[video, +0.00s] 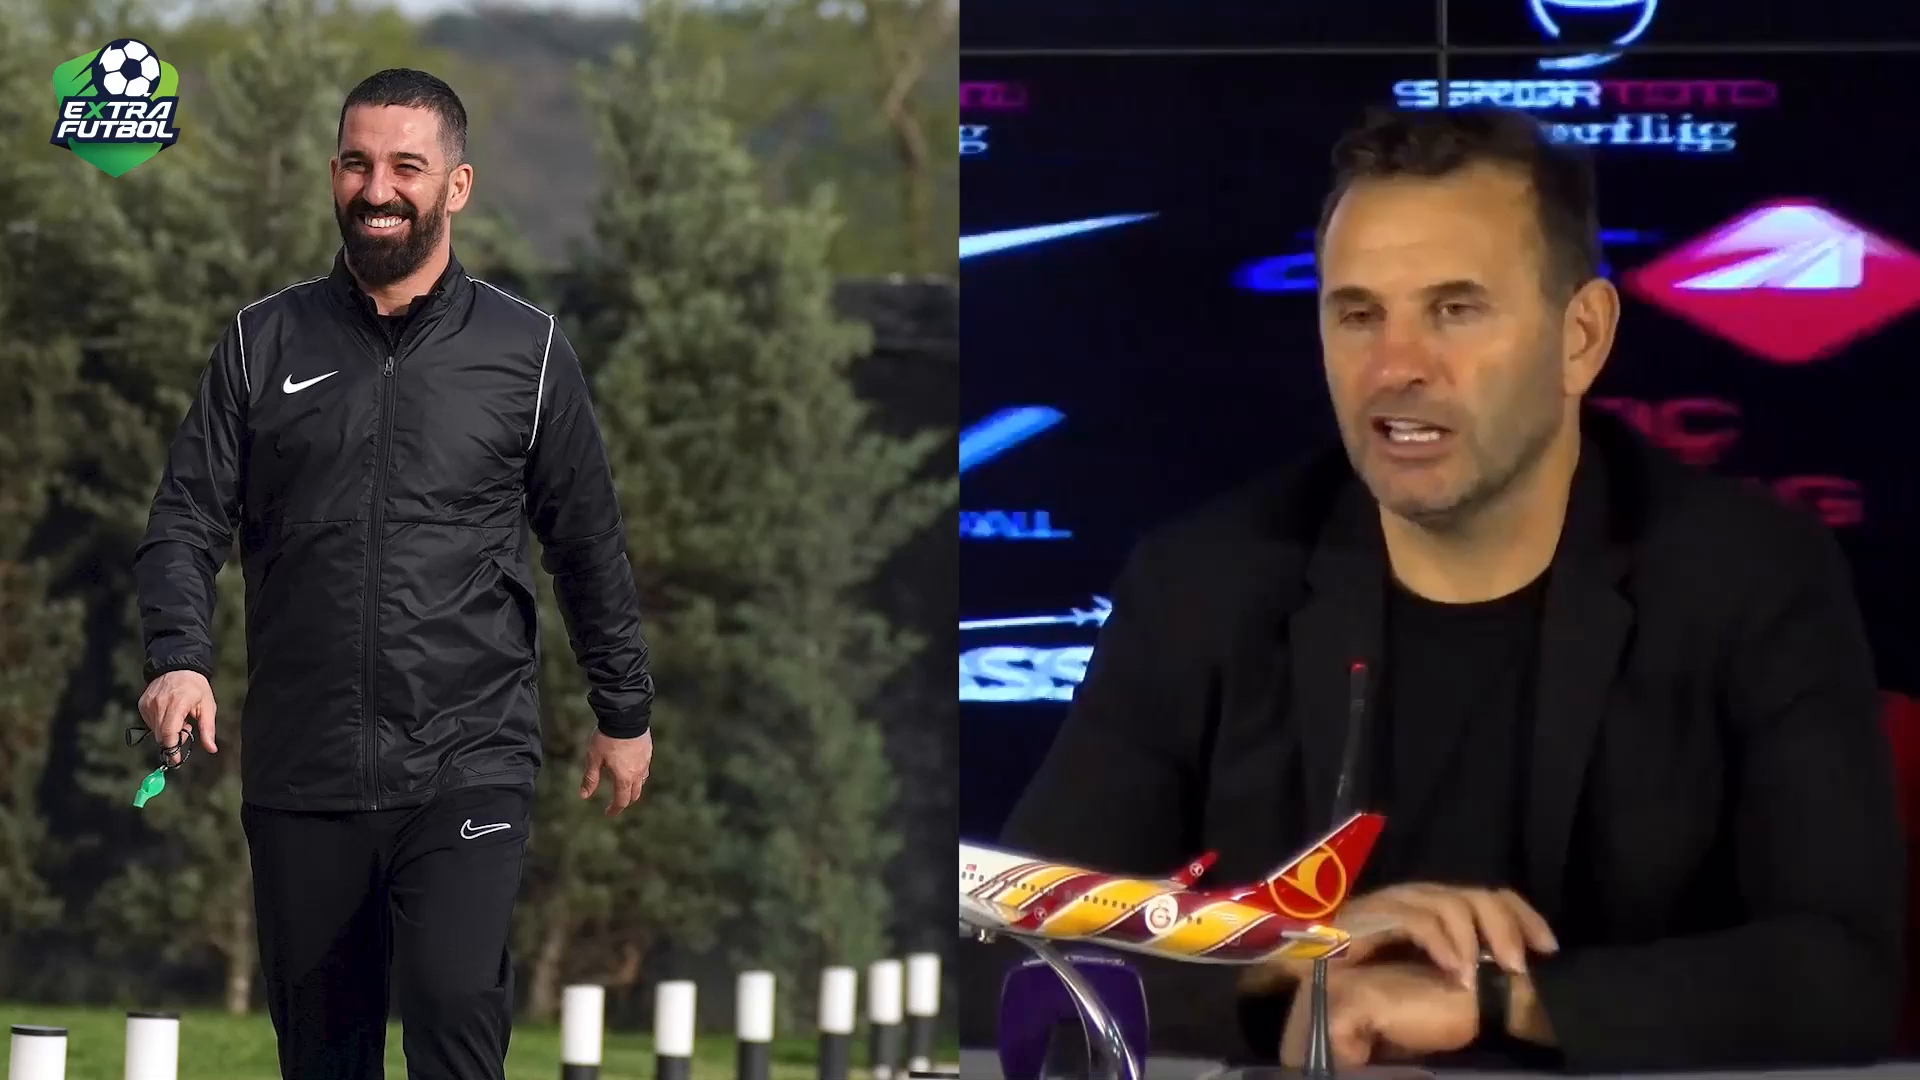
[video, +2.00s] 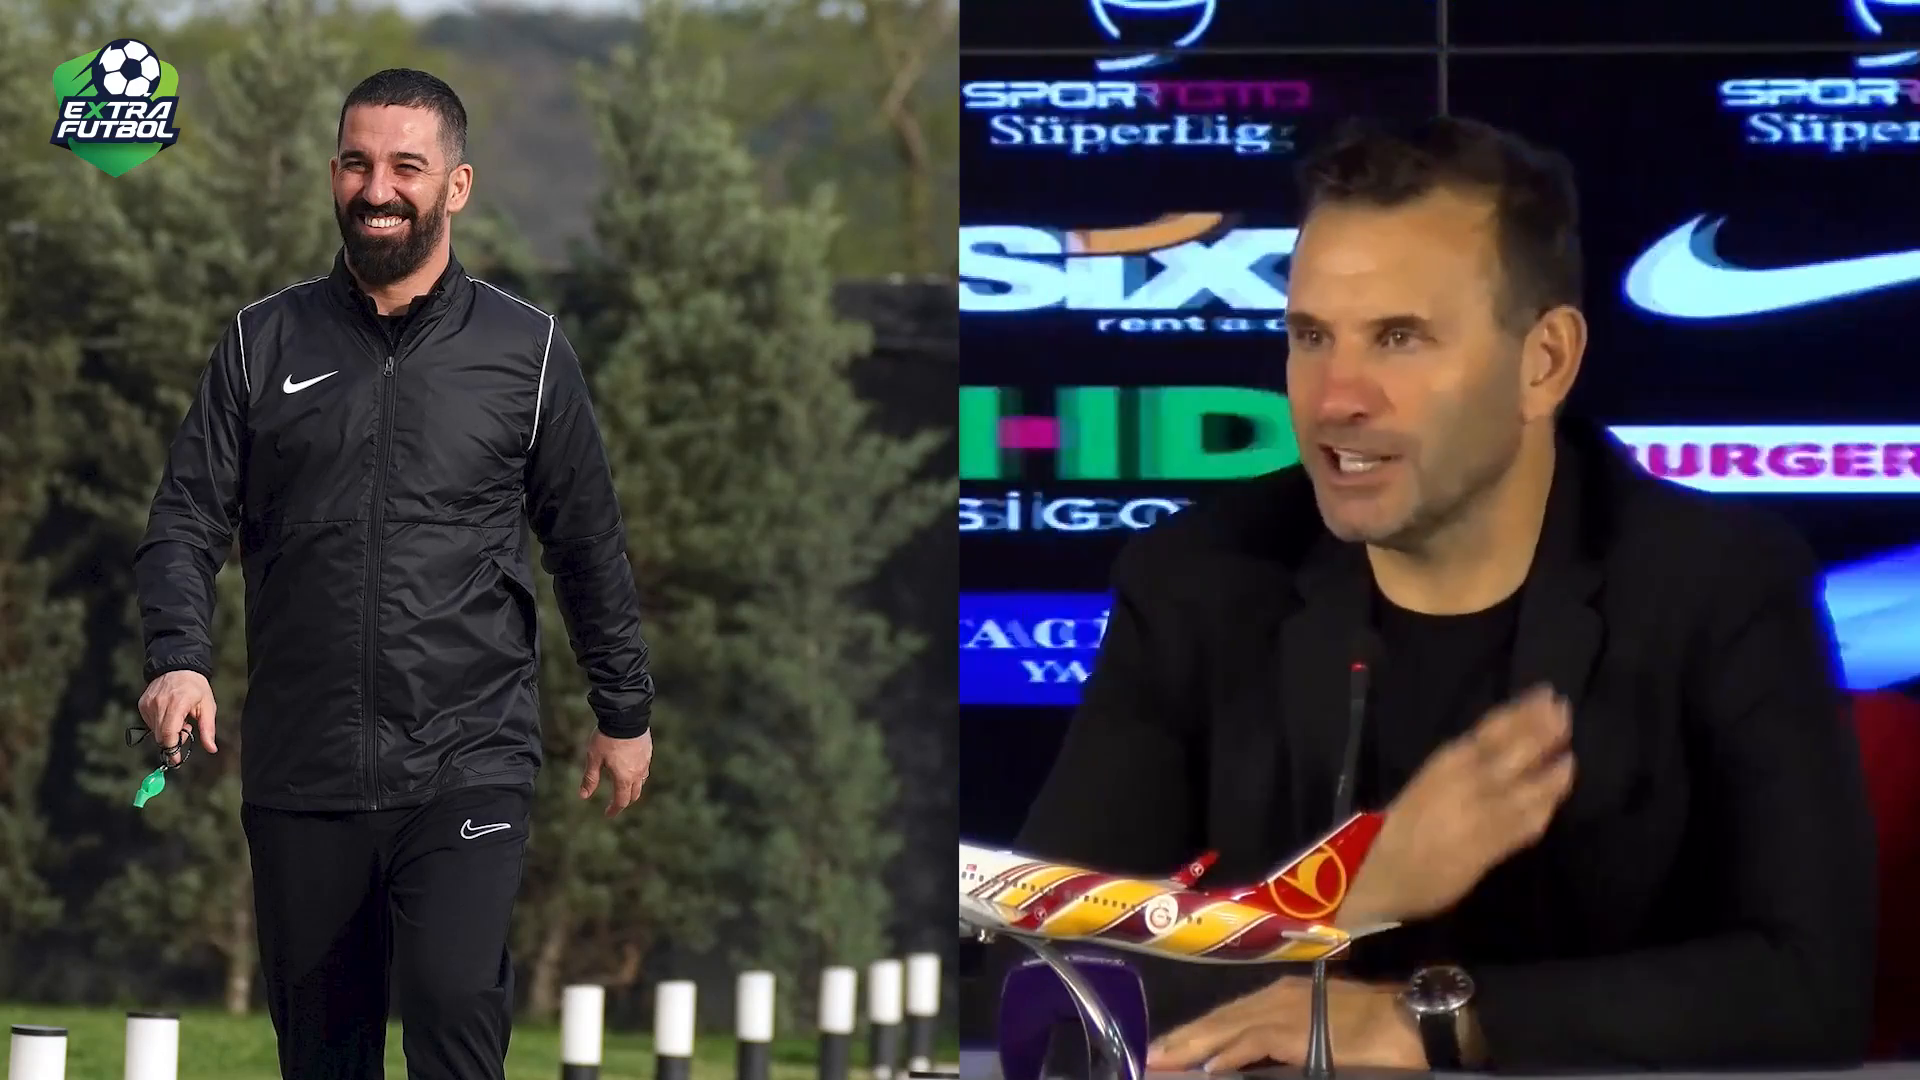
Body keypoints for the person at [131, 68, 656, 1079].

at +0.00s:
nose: (376, 187)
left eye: (405, 164)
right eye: (356, 162)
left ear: (458, 186)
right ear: (334, 177)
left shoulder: (529, 350)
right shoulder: (259, 344)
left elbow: (589, 542)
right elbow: (187, 515)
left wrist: (623, 709)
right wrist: (177, 659)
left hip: (472, 752)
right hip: (303, 755)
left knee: (454, 1017)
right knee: (320, 1041)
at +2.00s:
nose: (376, 187)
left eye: (405, 164)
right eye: (356, 162)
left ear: (458, 185)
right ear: (334, 176)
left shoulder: (529, 349)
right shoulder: (260, 343)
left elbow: (589, 540)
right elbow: (187, 513)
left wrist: (623, 708)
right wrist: (178, 658)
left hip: (472, 753)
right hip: (302, 755)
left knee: (455, 1018)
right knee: (320, 1042)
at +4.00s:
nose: (376, 187)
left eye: (405, 164)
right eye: (356, 162)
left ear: (458, 185)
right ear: (334, 176)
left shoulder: (529, 349)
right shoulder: (259, 343)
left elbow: (588, 540)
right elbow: (187, 513)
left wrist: (623, 709)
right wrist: (178, 658)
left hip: (472, 752)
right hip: (302, 755)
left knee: (455, 1018)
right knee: (320, 1042)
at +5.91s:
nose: (375, 187)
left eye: (405, 164)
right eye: (356, 162)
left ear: (458, 185)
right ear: (334, 177)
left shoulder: (530, 350)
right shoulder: (259, 342)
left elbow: (588, 541)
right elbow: (187, 513)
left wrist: (623, 708)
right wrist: (177, 658)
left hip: (472, 752)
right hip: (301, 755)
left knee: (455, 1018)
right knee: (320, 1043)